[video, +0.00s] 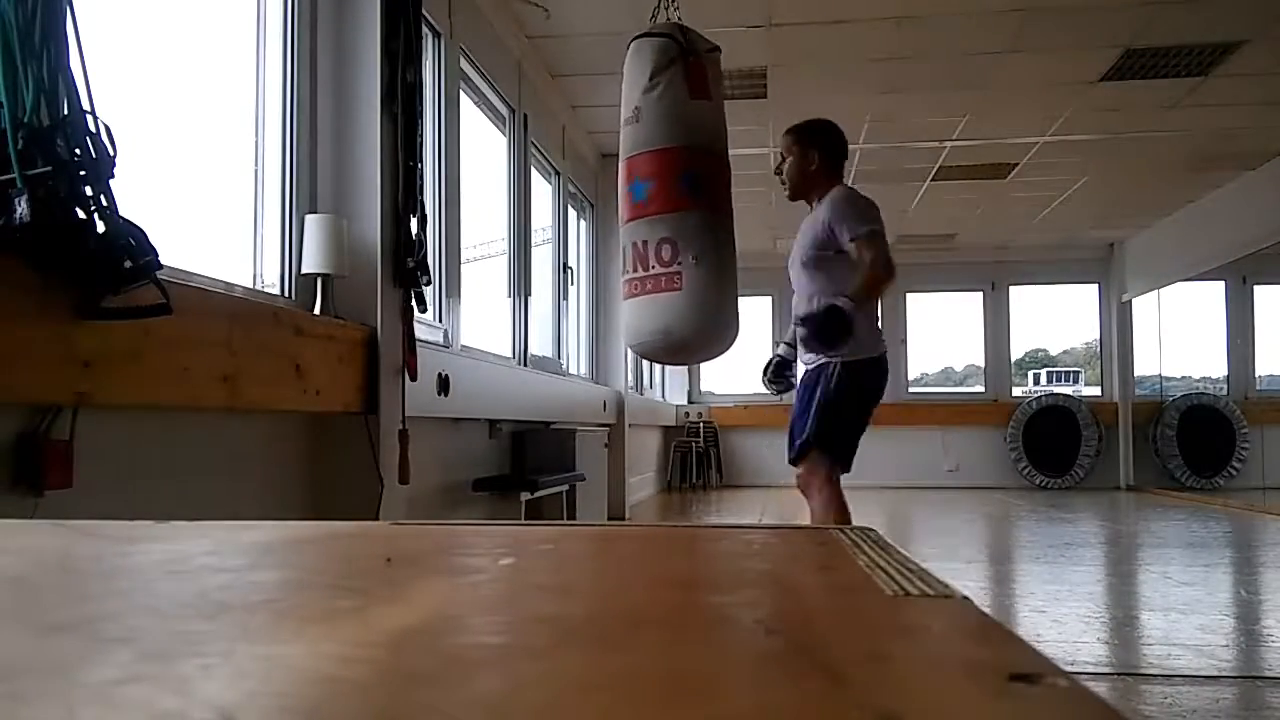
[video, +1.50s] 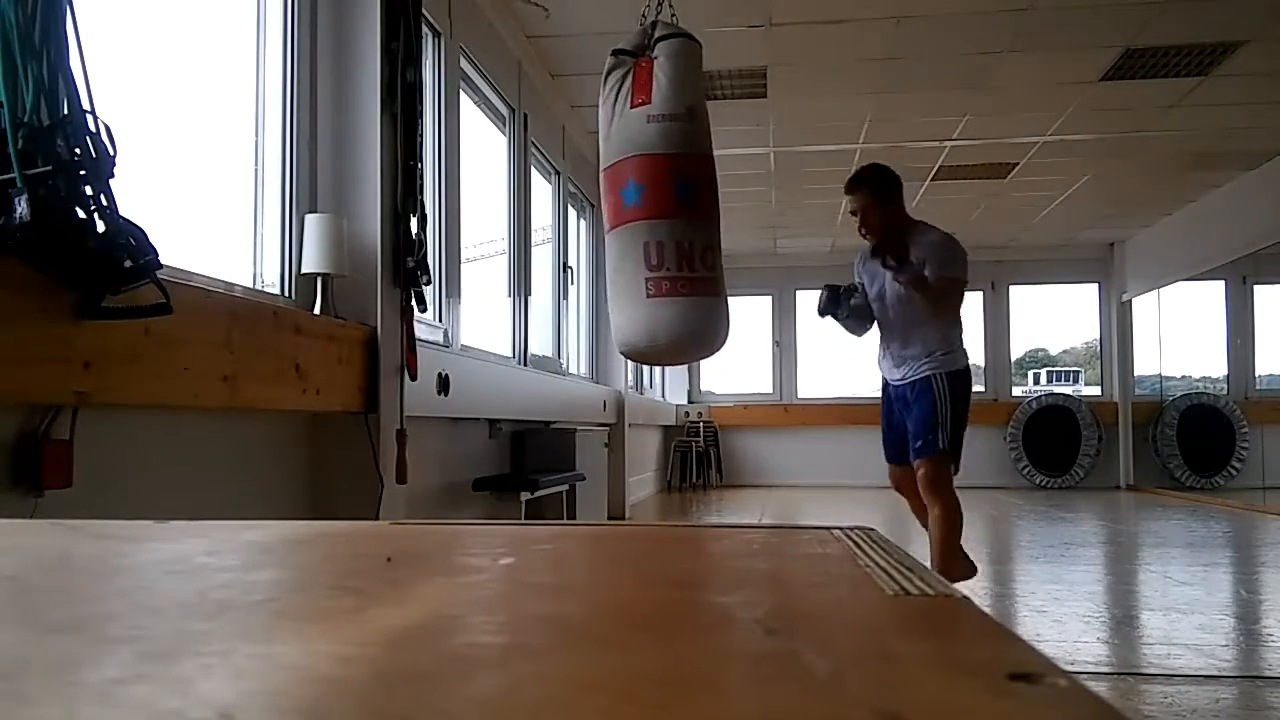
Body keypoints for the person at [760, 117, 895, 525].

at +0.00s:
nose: (778, 167)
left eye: (786, 156)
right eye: (780, 157)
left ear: (814, 160)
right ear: (812, 162)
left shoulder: (844, 203)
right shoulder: (818, 217)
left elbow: (880, 266)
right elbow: (815, 297)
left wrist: (845, 308)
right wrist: (790, 349)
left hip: (845, 362)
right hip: (825, 363)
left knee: (815, 475)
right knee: (815, 477)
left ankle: (835, 580)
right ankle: (841, 574)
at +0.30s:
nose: (830, 169)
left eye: (839, 160)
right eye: (830, 161)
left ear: (870, 165)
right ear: (841, 167)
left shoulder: (899, 214)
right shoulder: (831, 233)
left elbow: (935, 277)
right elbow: (830, 299)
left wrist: (891, 314)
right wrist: (809, 350)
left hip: (885, 370)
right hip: (834, 372)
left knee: (904, 479)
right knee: (830, 479)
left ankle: (953, 567)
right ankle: (839, 583)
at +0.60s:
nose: (903, 177)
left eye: (913, 168)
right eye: (899, 168)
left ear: (941, 173)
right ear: (895, 174)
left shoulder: (965, 238)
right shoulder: (886, 230)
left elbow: (981, 312)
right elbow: (884, 299)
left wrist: (929, 321)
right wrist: (866, 349)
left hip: (938, 379)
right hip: (884, 377)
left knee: (964, 488)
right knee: (866, 480)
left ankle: (980, 596)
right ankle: (864, 588)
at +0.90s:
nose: (906, 184)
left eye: (915, 175)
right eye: (902, 176)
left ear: (944, 179)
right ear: (899, 182)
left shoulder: (972, 239)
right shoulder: (893, 240)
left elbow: (994, 309)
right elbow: (886, 295)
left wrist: (952, 280)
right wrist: (859, 323)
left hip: (950, 372)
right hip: (901, 373)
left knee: (965, 480)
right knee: (909, 470)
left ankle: (982, 593)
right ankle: (952, 558)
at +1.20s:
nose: (869, 208)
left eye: (876, 197)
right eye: (865, 199)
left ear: (904, 194)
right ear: (867, 204)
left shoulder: (950, 235)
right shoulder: (878, 256)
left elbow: (990, 290)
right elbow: (885, 319)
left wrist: (940, 279)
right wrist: (864, 309)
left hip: (948, 366)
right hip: (903, 373)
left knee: (949, 465)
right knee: (915, 473)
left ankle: (967, 583)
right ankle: (953, 563)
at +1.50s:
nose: (858, 224)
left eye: (861, 213)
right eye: (854, 215)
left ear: (891, 204)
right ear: (873, 211)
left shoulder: (940, 246)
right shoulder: (867, 260)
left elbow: (947, 309)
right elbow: (863, 322)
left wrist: (914, 278)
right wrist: (841, 307)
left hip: (938, 371)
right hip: (895, 376)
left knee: (932, 477)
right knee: (902, 477)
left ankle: (938, 583)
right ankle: (957, 561)